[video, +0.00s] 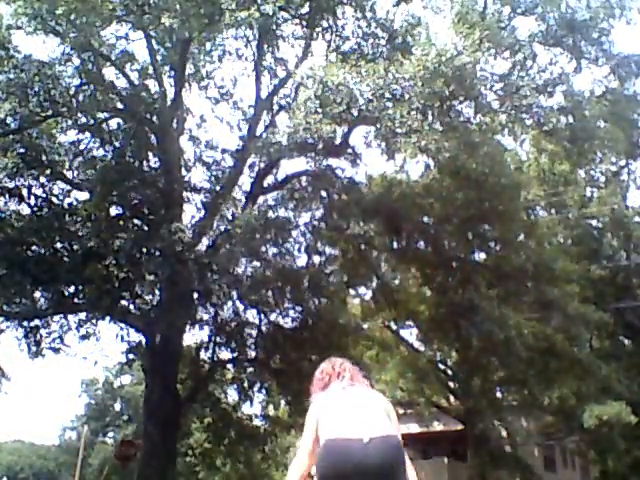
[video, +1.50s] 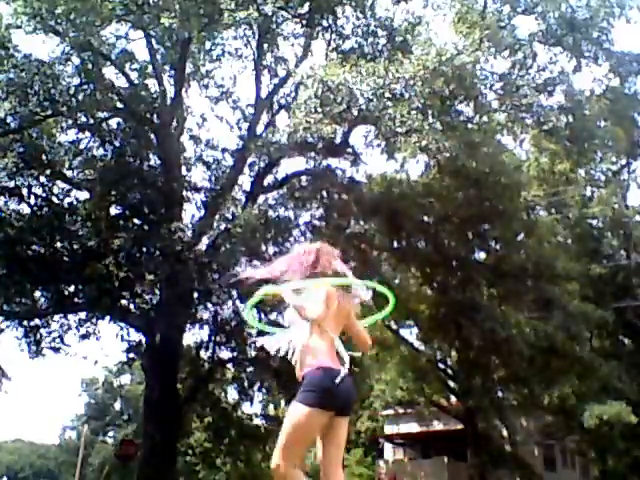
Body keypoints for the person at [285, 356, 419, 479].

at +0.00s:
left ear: (321, 380)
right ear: (358, 376)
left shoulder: (319, 401)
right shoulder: (381, 397)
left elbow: (305, 456)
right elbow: (400, 450)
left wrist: (293, 475)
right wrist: (411, 475)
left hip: (336, 454)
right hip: (387, 454)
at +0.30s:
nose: (269, 378)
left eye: (271, 371)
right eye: (269, 371)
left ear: (281, 368)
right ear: (310, 358)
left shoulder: (293, 388)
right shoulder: (332, 376)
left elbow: (294, 440)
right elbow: (323, 437)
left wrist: (287, 474)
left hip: (365, 438)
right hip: (403, 438)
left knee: (296, 466)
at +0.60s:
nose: (246, 337)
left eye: (250, 328)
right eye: (245, 330)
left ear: (265, 324)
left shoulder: (298, 348)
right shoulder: (273, 362)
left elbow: (331, 394)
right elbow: (289, 412)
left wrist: (353, 445)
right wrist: (280, 459)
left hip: (365, 419)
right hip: (337, 424)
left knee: (302, 468)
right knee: (280, 468)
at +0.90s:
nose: (297, 304)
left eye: (302, 297)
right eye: (293, 296)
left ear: (320, 294)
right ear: (289, 292)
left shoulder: (342, 320)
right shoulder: (283, 322)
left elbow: (353, 370)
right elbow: (262, 368)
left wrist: (370, 414)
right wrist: (245, 408)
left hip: (320, 413)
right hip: (280, 411)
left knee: (349, 467)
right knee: (296, 470)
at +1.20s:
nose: (356, 275)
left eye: (356, 269)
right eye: (354, 269)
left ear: (325, 268)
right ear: (344, 269)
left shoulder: (303, 297)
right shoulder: (338, 295)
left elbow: (278, 338)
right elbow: (322, 333)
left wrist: (305, 353)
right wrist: (369, 351)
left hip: (282, 384)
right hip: (313, 382)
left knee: (309, 473)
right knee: (336, 470)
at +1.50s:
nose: (295, 276)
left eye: (297, 271)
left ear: (308, 266)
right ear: (332, 264)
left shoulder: (319, 287)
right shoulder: (346, 302)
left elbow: (317, 313)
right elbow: (365, 344)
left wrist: (287, 294)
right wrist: (352, 315)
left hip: (319, 378)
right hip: (343, 379)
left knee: (283, 465)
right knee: (332, 470)